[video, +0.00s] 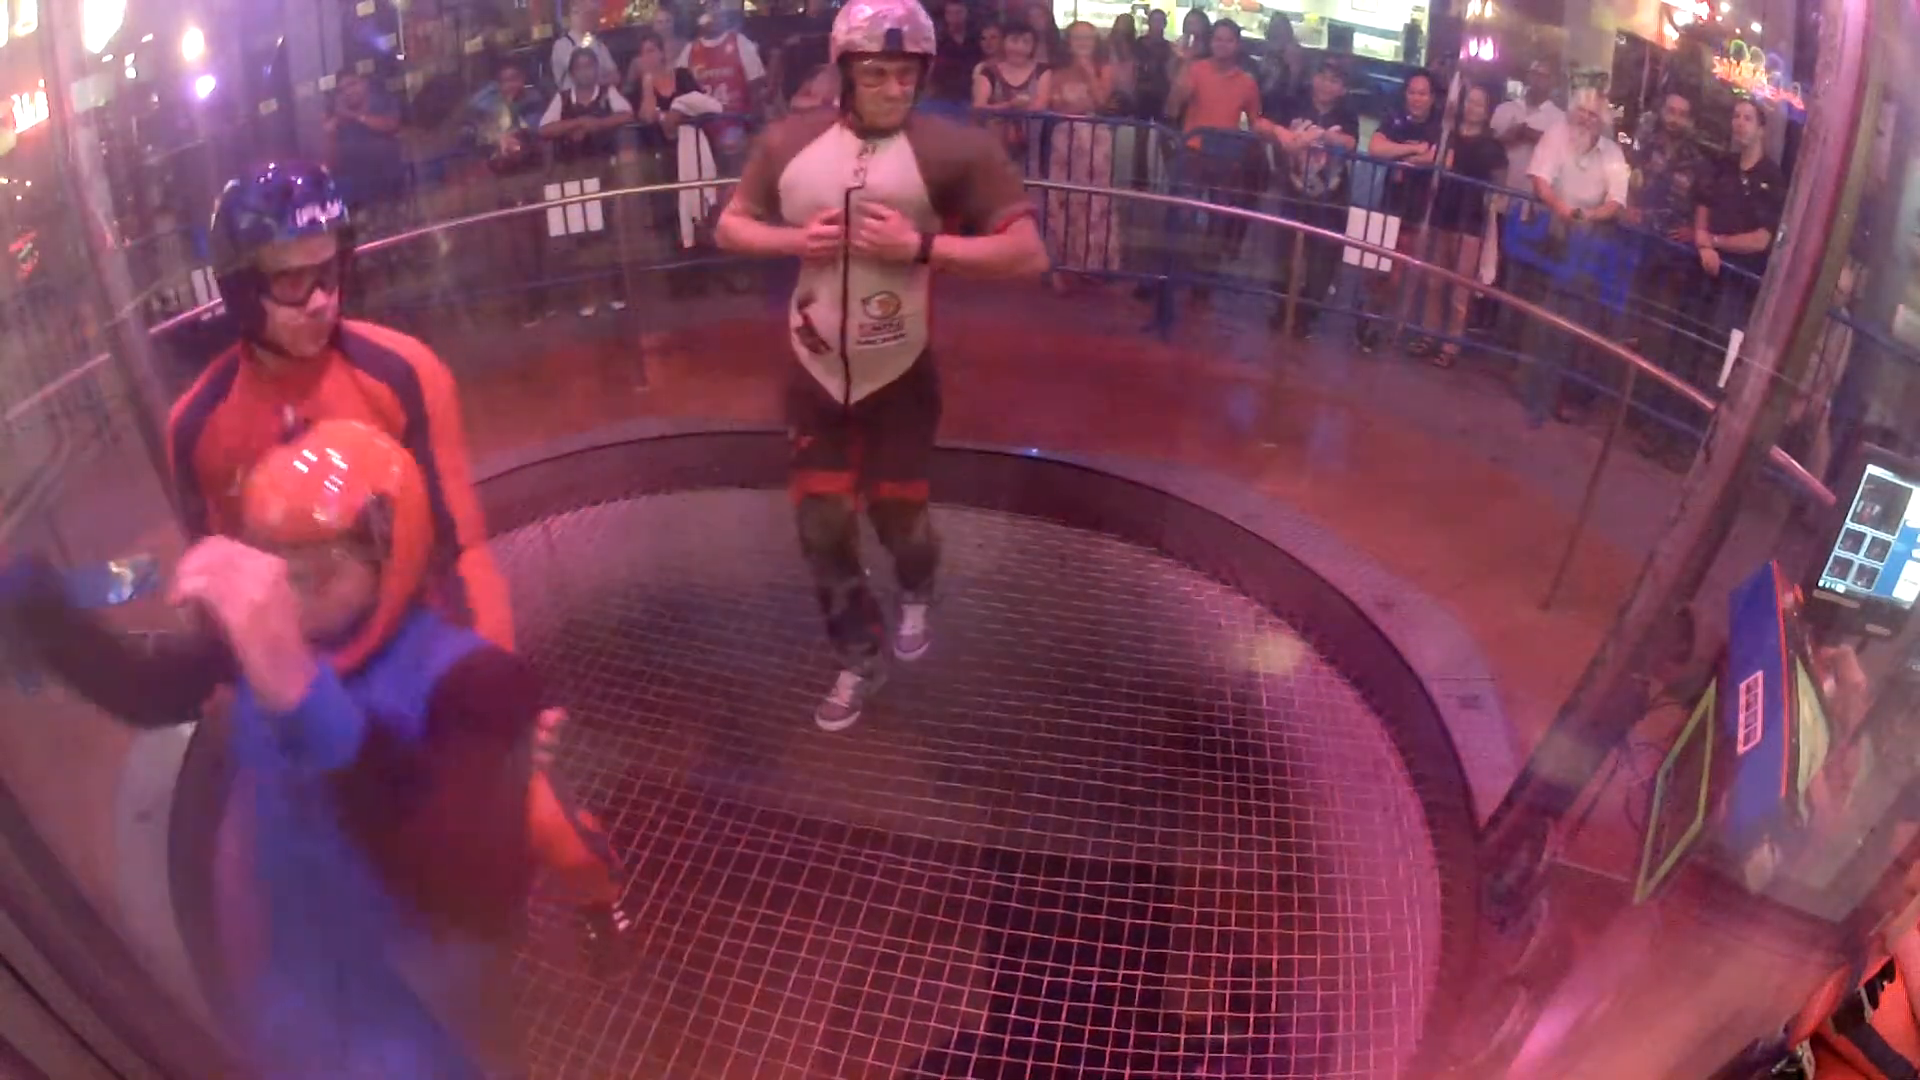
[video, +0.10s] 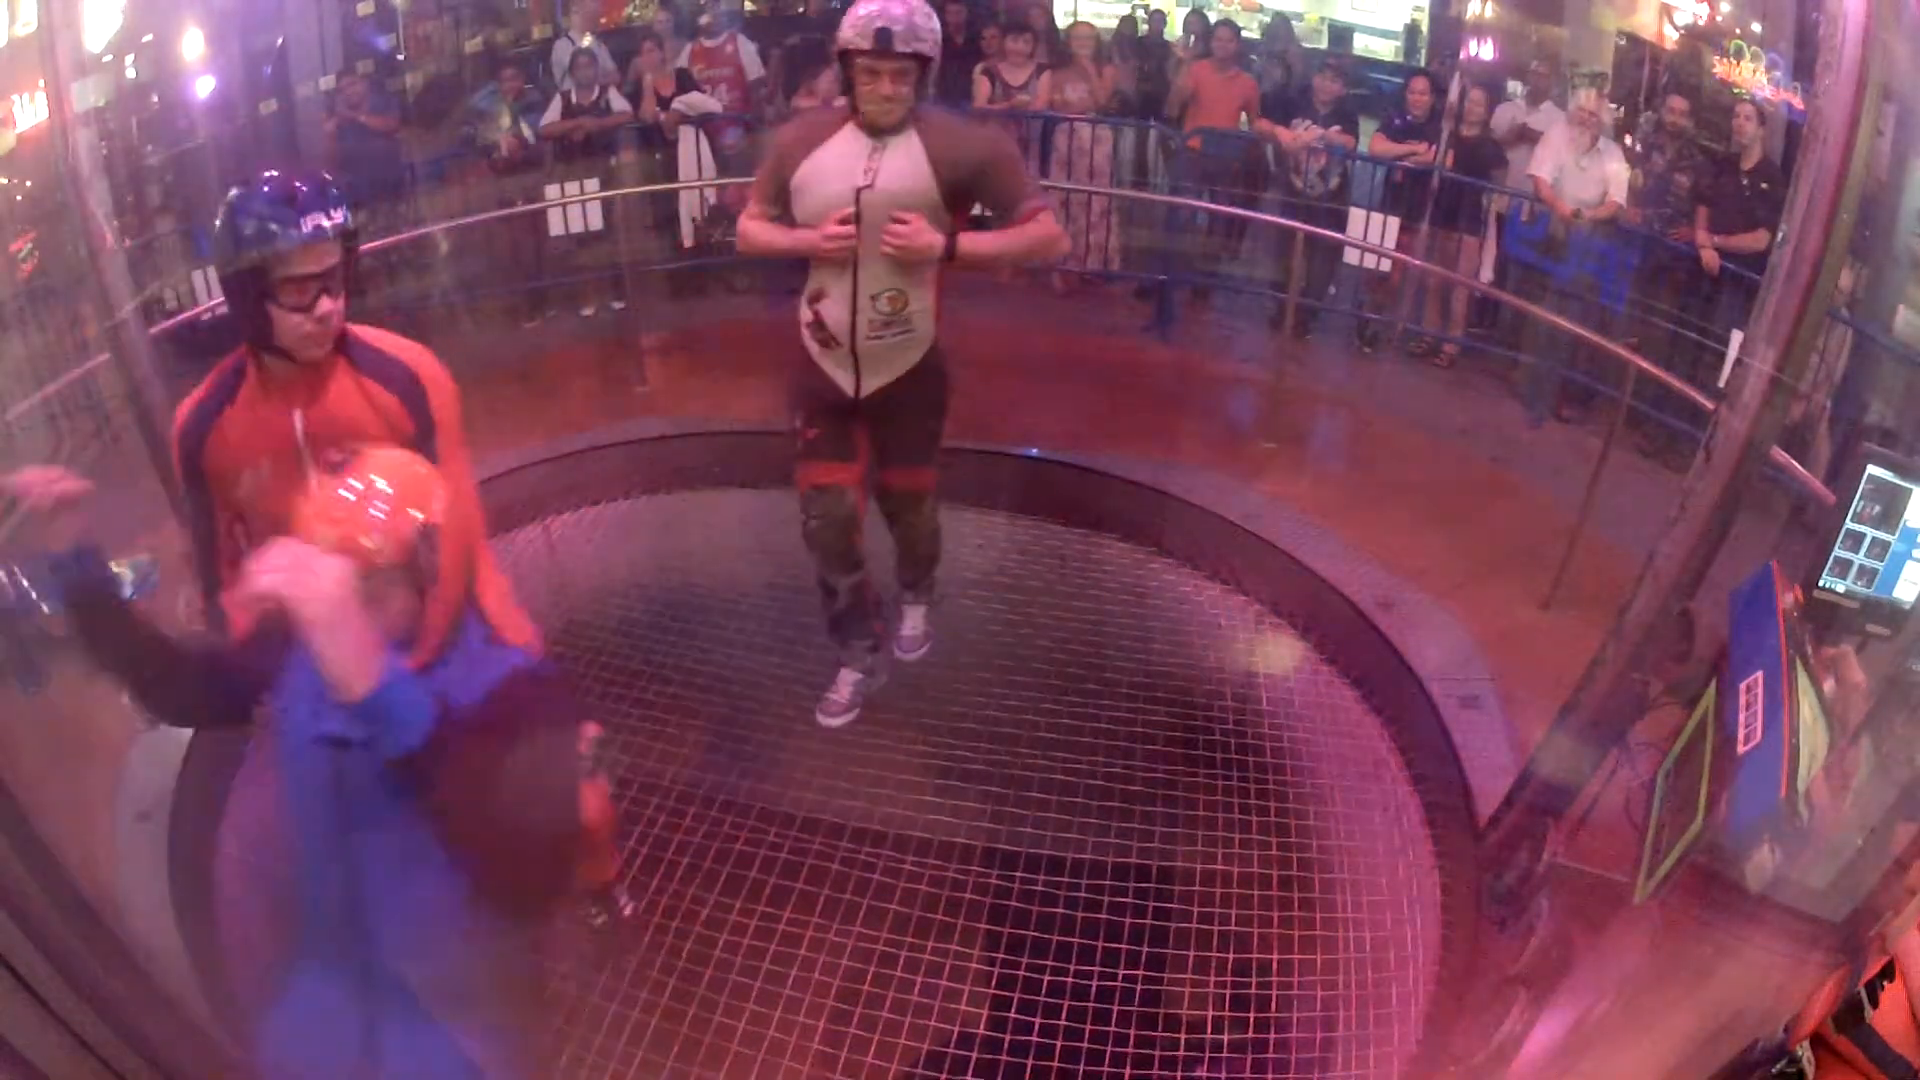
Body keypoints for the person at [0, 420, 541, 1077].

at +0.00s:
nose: (294, 590)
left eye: (323, 566)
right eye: (278, 565)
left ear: (394, 556)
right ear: (250, 561)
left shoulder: (470, 682)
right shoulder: (266, 649)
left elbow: (477, 891)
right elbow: (143, 683)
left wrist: (300, 692)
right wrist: (21, 592)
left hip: (421, 1046)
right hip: (282, 1036)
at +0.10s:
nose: (337, 600)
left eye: (365, 579)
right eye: (322, 576)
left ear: (426, 578)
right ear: (301, 571)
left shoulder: (508, 689)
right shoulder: (295, 664)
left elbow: (529, 876)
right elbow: (176, 688)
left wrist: (372, 685)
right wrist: (73, 558)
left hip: (461, 1036)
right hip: (318, 1028)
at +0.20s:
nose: (367, 574)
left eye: (396, 551)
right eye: (370, 565)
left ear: (459, 571)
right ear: (358, 584)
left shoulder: (533, 708)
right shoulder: (342, 668)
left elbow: (589, 858)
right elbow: (219, 708)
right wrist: (145, 579)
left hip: (473, 1034)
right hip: (346, 1011)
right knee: (288, 1061)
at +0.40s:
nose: (495, 699)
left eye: (516, 684)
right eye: (480, 679)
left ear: (566, 677)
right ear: (462, 667)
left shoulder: (607, 762)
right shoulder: (427, 717)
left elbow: (689, 858)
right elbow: (295, 738)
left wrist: (601, 690)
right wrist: (268, 600)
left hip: (527, 1047)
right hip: (409, 1006)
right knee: (307, 1067)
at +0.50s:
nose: (527, 727)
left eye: (551, 711)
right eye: (518, 704)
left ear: (604, 709)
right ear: (505, 691)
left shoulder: (647, 792)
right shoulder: (467, 739)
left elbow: (720, 871)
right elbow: (332, 739)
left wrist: (647, 707)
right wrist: (325, 609)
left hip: (529, 1052)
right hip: (416, 1002)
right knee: (302, 1069)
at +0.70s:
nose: (597, 749)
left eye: (619, 740)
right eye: (588, 731)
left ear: (660, 755)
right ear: (569, 727)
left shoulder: (686, 838)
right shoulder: (526, 771)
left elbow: (765, 871)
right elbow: (402, 768)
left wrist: (717, 738)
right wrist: (412, 648)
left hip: (539, 1066)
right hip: (427, 1012)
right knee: (299, 1074)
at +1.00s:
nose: (680, 759)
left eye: (703, 749)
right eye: (669, 740)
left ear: (735, 767)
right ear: (647, 739)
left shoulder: (741, 845)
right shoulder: (595, 786)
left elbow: (833, 873)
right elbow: (480, 772)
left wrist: (801, 758)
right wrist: (510, 664)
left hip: (574, 1059)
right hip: (474, 1001)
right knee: (298, 1042)